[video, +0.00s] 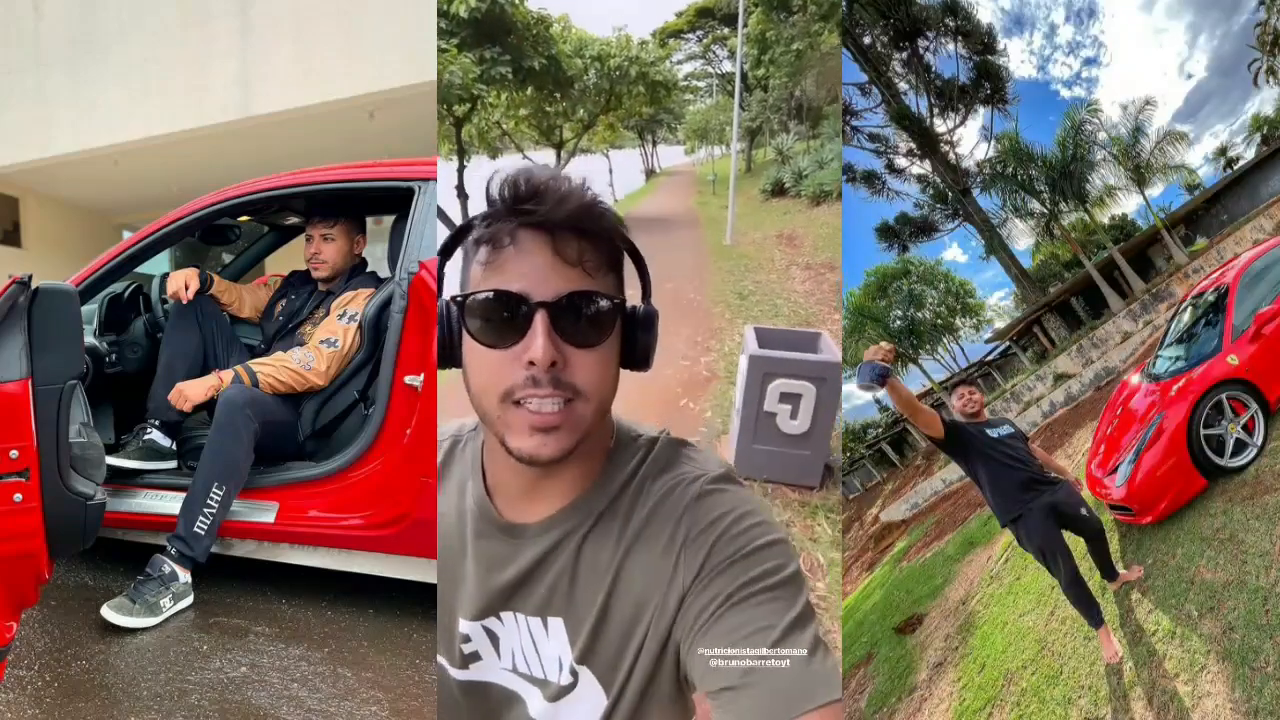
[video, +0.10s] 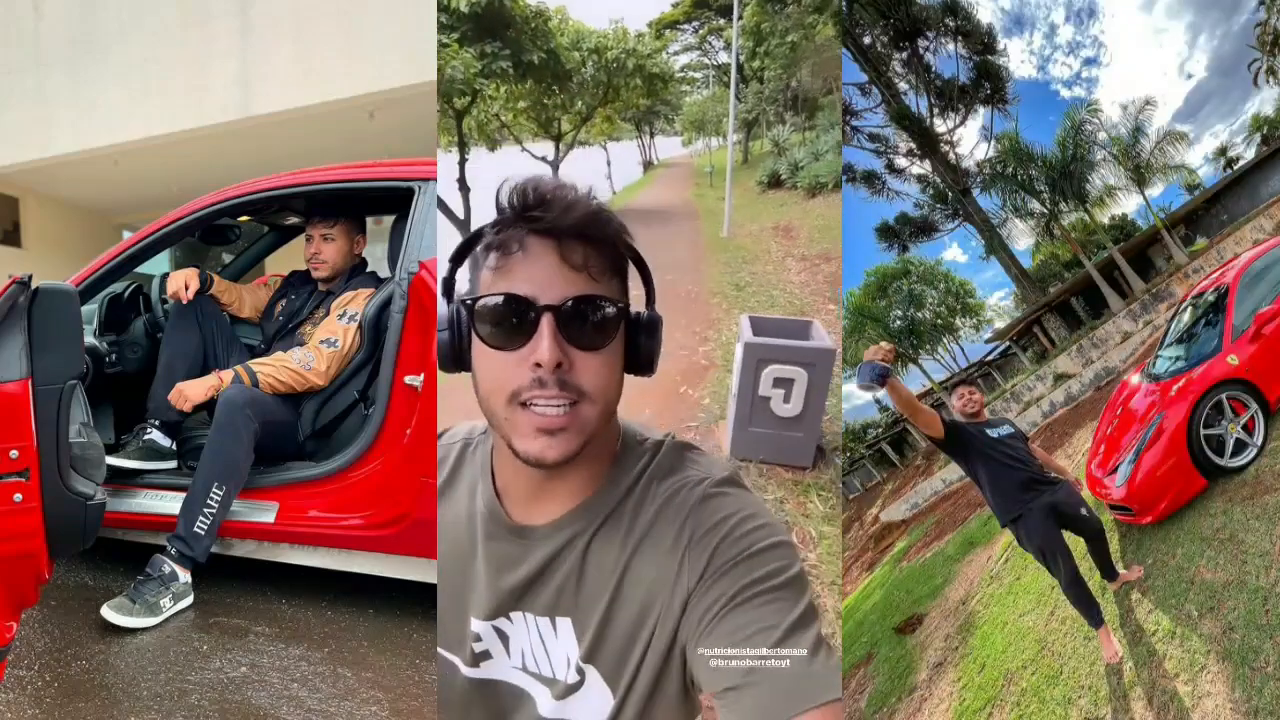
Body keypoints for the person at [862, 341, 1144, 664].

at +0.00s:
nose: (966, 397)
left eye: (971, 392)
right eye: (959, 397)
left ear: (983, 398)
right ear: (953, 410)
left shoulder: (1003, 424)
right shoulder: (956, 436)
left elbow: (1037, 454)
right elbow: (917, 413)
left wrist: (1067, 475)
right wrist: (886, 375)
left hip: (1051, 489)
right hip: (1022, 511)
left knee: (1093, 528)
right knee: (1065, 570)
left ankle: (1114, 575)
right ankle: (1101, 628)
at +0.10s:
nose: (966, 397)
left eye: (971, 392)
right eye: (959, 397)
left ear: (983, 398)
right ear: (953, 410)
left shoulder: (1003, 424)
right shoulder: (956, 436)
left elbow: (1037, 454)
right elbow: (917, 412)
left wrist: (1067, 475)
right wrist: (886, 374)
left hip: (1051, 489)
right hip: (1022, 511)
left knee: (1093, 528)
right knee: (1065, 570)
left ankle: (1114, 575)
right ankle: (1101, 628)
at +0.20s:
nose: (966, 397)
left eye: (971, 392)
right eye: (959, 397)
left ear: (983, 398)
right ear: (953, 410)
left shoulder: (1003, 424)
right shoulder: (956, 436)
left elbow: (1037, 454)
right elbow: (917, 412)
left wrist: (1067, 475)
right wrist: (885, 374)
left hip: (1051, 489)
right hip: (1022, 511)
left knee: (1094, 528)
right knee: (1065, 570)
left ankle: (1114, 575)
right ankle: (1101, 628)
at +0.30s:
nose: (966, 397)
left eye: (971, 392)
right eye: (959, 397)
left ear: (983, 398)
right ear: (953, 410)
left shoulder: (1003, 424)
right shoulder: (956, 436)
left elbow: (1037, 454)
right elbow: (917, 412)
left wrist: (1067, 475)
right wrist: (885, 374)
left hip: (1051, 489)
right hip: (1022, 511)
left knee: (1093, 528)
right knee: (1065, 570)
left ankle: (1114, 575)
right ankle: (1101, 628)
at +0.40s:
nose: (966, 397)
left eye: (971, 392)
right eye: (959, 397)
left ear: (983, 398)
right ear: (953, 410)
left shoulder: (1003, 424)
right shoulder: (956, 436)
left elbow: (1037, 454)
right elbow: (917, 412)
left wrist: (1067, 475)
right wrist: (885, 374)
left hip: (1051, 489)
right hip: (1022, 511)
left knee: (1093, 528)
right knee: (1065, 570)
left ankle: (1114, 575)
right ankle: (1101, 628)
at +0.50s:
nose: (966, 397)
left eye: (971, 392)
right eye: (959, 397)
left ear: (983, 398)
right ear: (953, 410)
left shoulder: (1003, 424)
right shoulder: (956, 436)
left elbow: (1037, 454)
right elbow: (917, 412)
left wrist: (1067, 475)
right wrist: (885, 374)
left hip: (1051, 489)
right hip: (1022, 511)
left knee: (1093, 528)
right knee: (1065, 570)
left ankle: (1114, 575)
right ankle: (1101, 628)